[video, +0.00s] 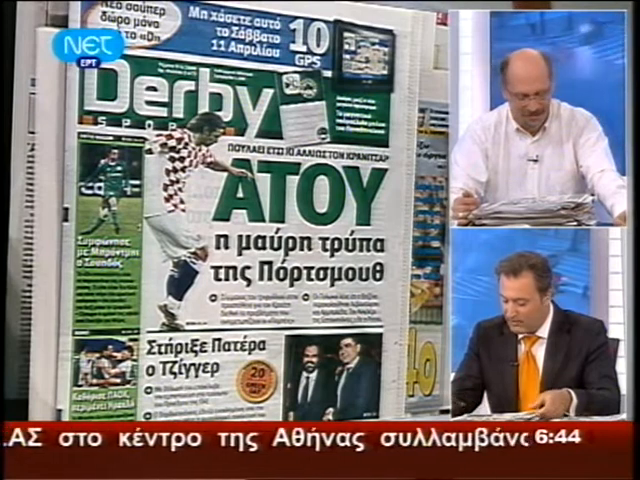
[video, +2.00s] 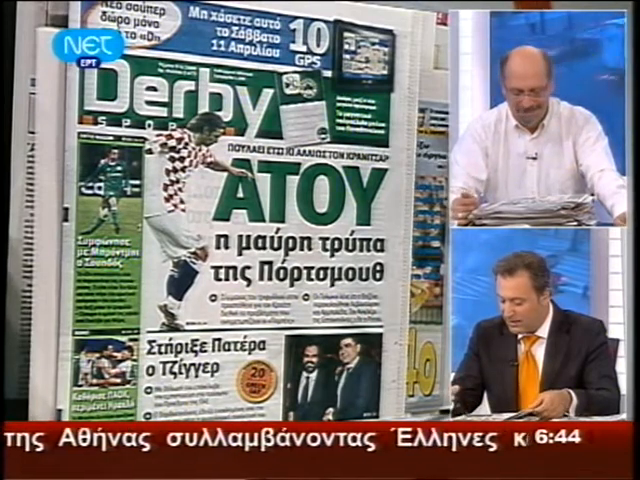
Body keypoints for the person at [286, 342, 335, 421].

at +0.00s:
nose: (310, 360)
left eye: (314, 356)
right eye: (307, 356)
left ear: (320, 359)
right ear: (302, 358)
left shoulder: (326, 377)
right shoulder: (295, 375)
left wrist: (330, 411)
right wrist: (290, 412)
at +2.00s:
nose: (310, 360)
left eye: (314, 356)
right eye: (307, 356)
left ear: (320, 359)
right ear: (302, 358)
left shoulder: (326, 377)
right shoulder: (295, 375)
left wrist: (330, 411)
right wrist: (290, 412)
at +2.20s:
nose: (310, 360)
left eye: (314, 356)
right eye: (307, 356)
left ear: (320, 359)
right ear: (302, 358)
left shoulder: (326, 377)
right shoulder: (295, 375)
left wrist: (330, 411)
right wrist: (290, 412)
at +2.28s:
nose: (310, 360)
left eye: (314, 356)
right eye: (307, 356)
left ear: (320, 359)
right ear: (302, 358)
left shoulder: (326, 377)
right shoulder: (295, 375)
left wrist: (330, 411)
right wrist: (290, 412)